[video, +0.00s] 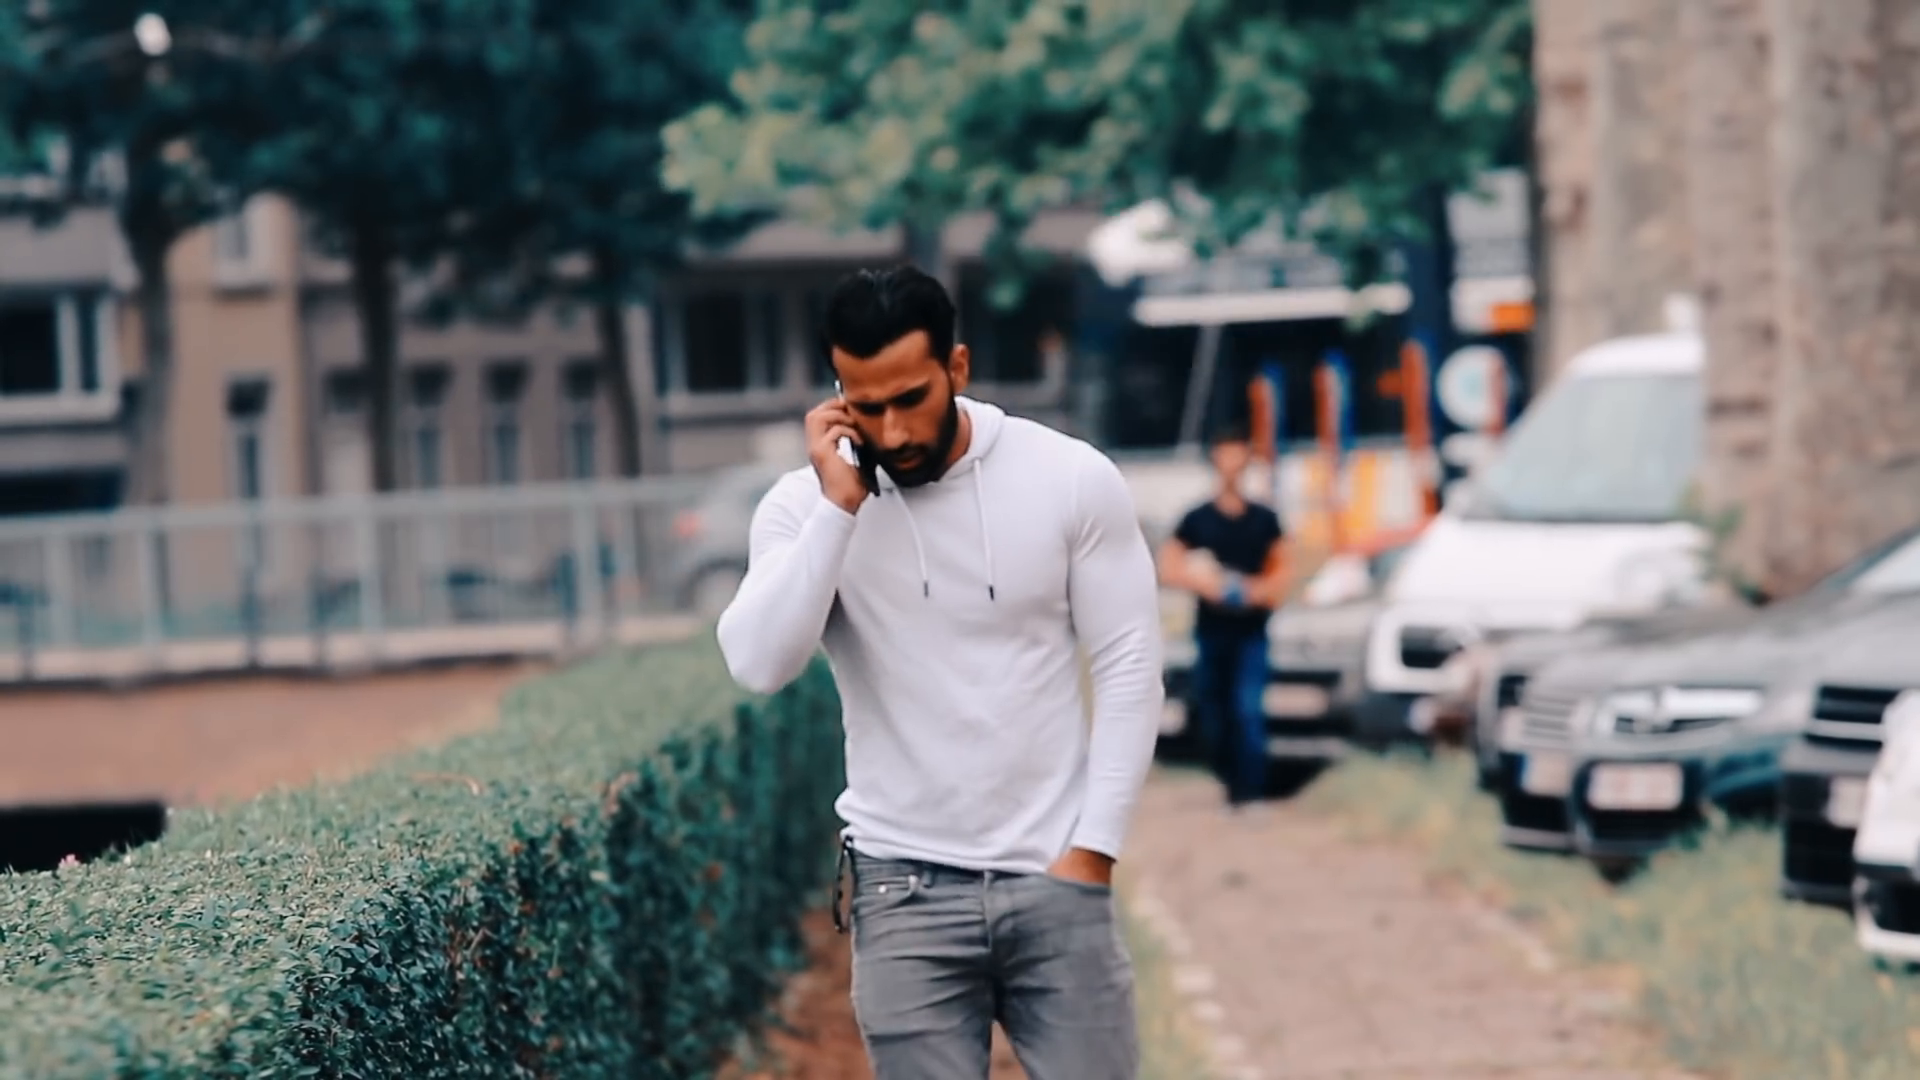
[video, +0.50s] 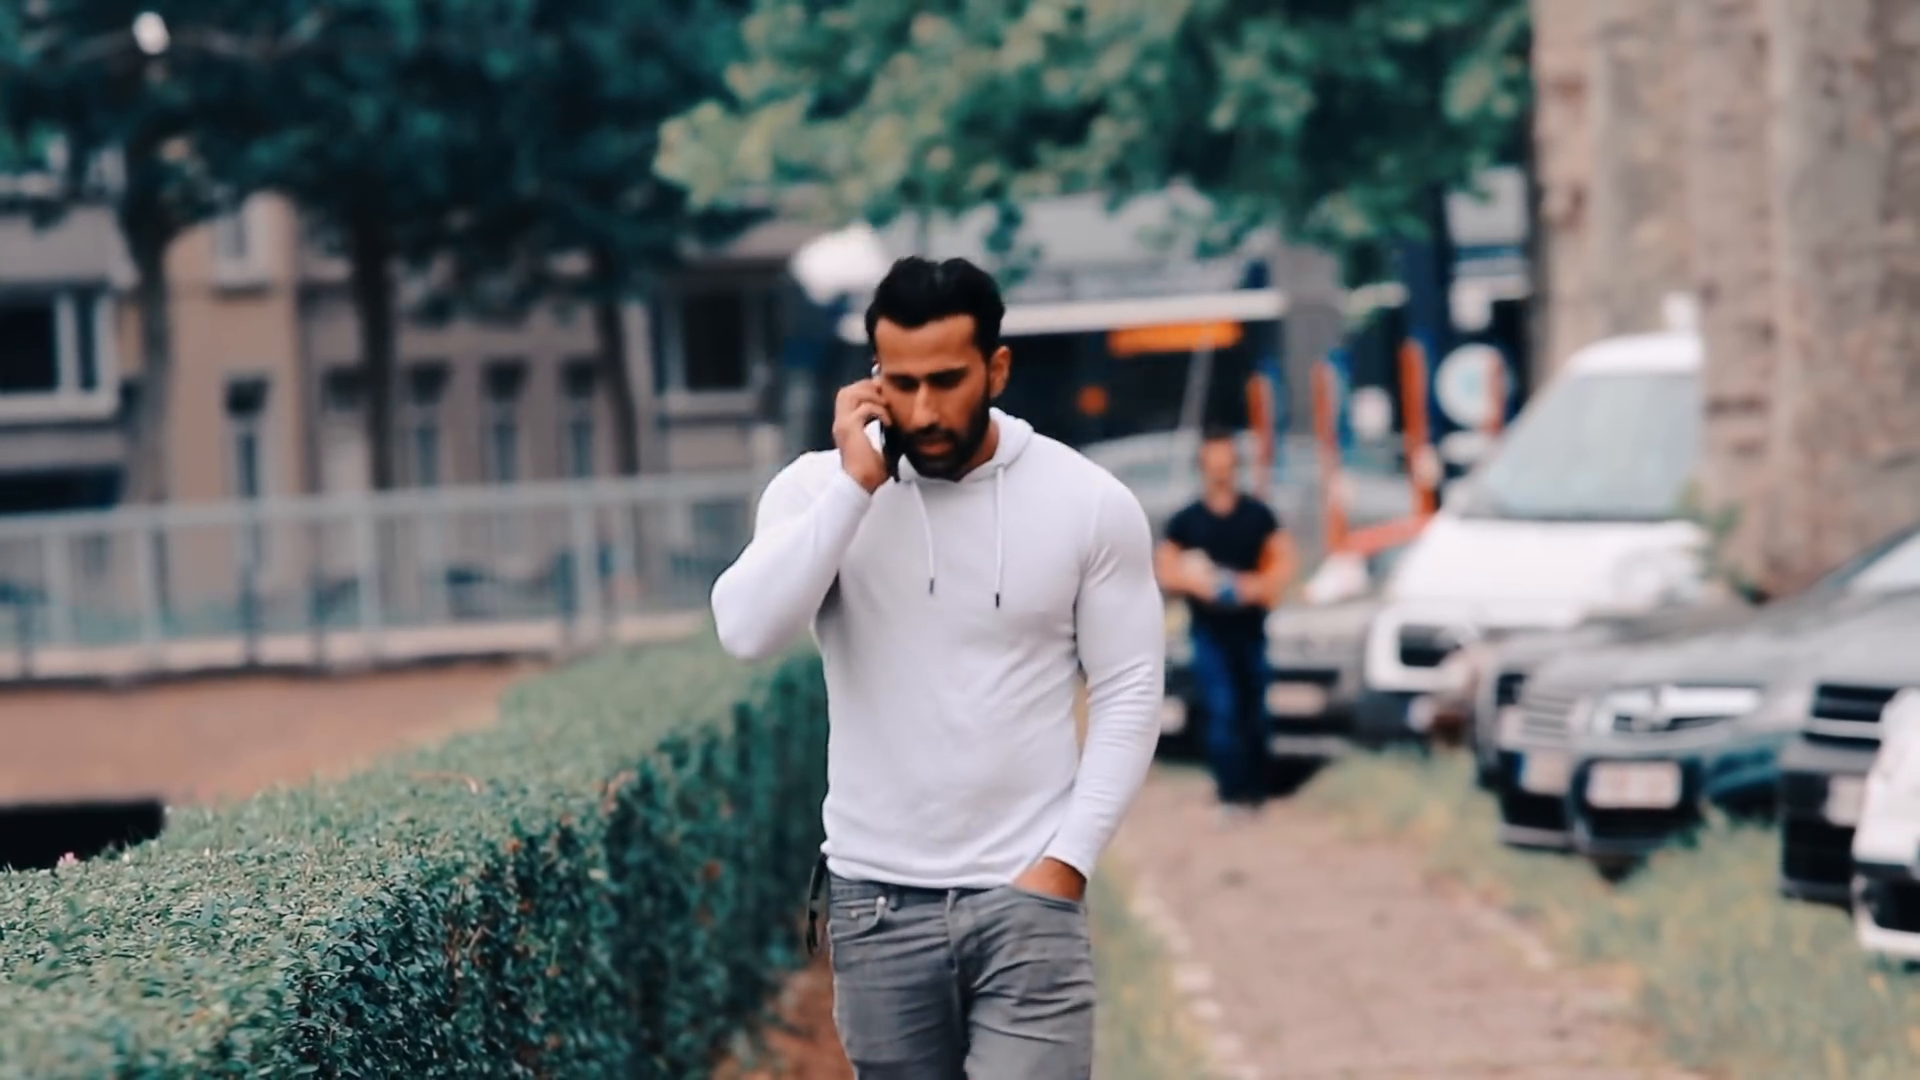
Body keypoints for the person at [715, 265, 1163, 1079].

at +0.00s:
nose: (891, 433)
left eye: (911, 400)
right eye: (865, 408)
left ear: (958, 367)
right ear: (837, 387)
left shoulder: (1070, 480)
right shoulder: (804, 506)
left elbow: (1128, 667)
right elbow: (756, 664)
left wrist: (1092, 853)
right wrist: (837, 506)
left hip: (1060, 885)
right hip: (903, 891)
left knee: (1098, 1066)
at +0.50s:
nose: (923, 410)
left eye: (947, 381)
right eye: (901, 383)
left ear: (998, 366)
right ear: (874, 372)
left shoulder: (1090, 505)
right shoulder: (815, 488)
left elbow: (1127, 696)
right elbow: (745, 631)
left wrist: (1067, 864)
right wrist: (853, 481)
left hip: (1028, 903)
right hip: (874, 906)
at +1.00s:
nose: (888, 356)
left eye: (916, 329)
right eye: (875, 330)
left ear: (984, 334)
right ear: (857, 332)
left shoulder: (1088, 481)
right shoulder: (830, 470)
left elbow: (1127, 687)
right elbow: (709, 585)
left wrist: (1068, 869)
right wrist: (813, 433)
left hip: (1026, 905)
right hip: (871, 895)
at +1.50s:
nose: (792, 369)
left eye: (822, 339)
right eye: (777, 342)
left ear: (888, 346)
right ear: (760, 351)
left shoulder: (996, 472)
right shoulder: (741, 487)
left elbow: (1106, 643)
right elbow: (623, 608)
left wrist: (994, 724)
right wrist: (722, 452)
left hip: (975, 900)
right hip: (808, 904)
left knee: (1024, 1065)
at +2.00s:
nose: (812, 369)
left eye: (841, 340)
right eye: (797, 342)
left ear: (906, 347)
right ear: (781, 346)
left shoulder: (1015, 457)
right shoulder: (762, 486)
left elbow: (1059, 616)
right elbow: (641, 615)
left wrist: (915, 504)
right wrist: (736, 459)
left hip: (989, 899)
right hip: (821, 902)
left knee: (1032, 1065)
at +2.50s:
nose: (799, 385)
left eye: (827, 358)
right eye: (787, 358)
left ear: (895, 356)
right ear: (769, 358)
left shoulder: (1009, 453)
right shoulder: (765, 489)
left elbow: (1021, 606)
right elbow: (650, 637)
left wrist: (848, 595)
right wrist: (733, 476)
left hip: (997, 896)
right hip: (829, 902)